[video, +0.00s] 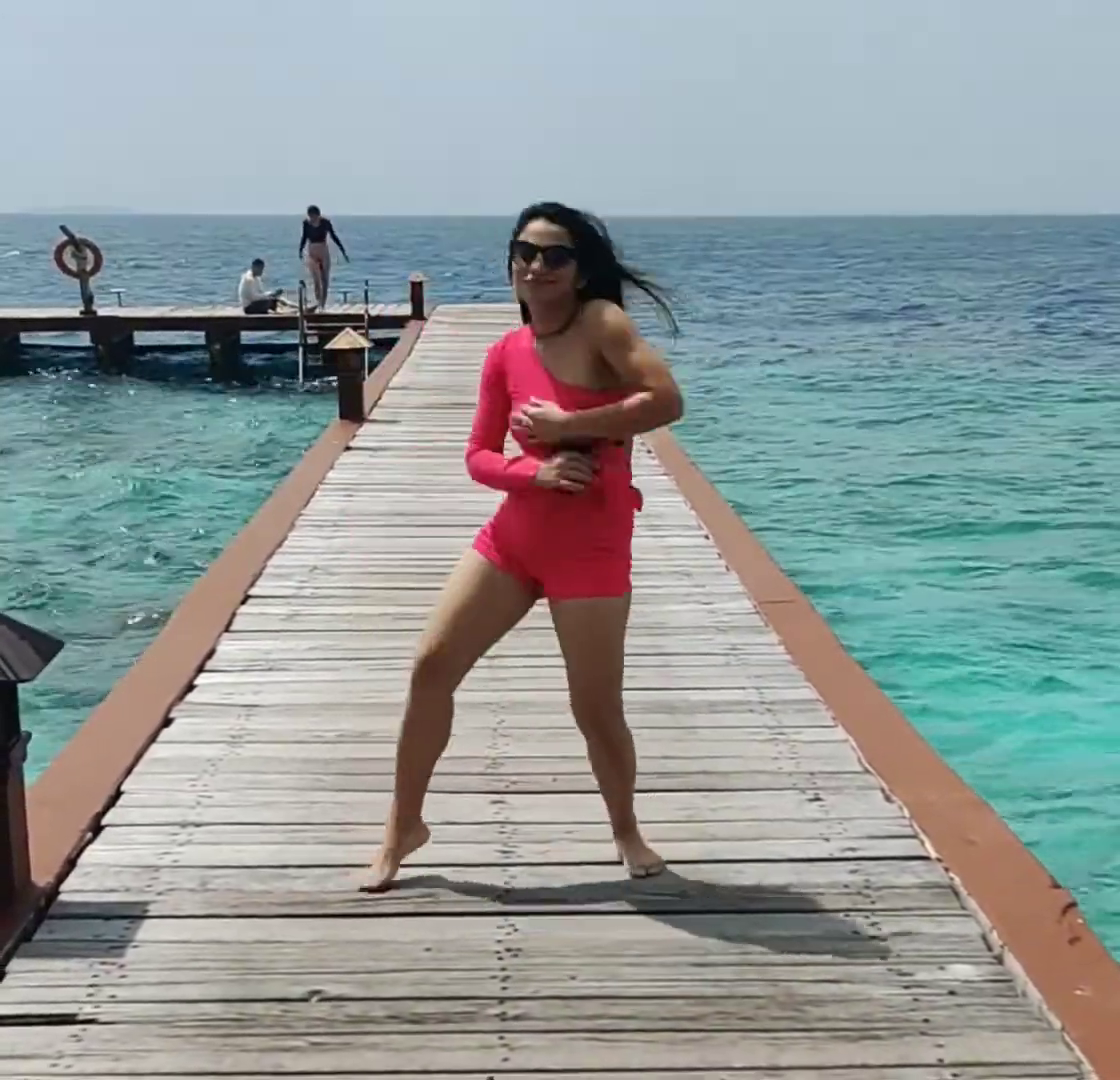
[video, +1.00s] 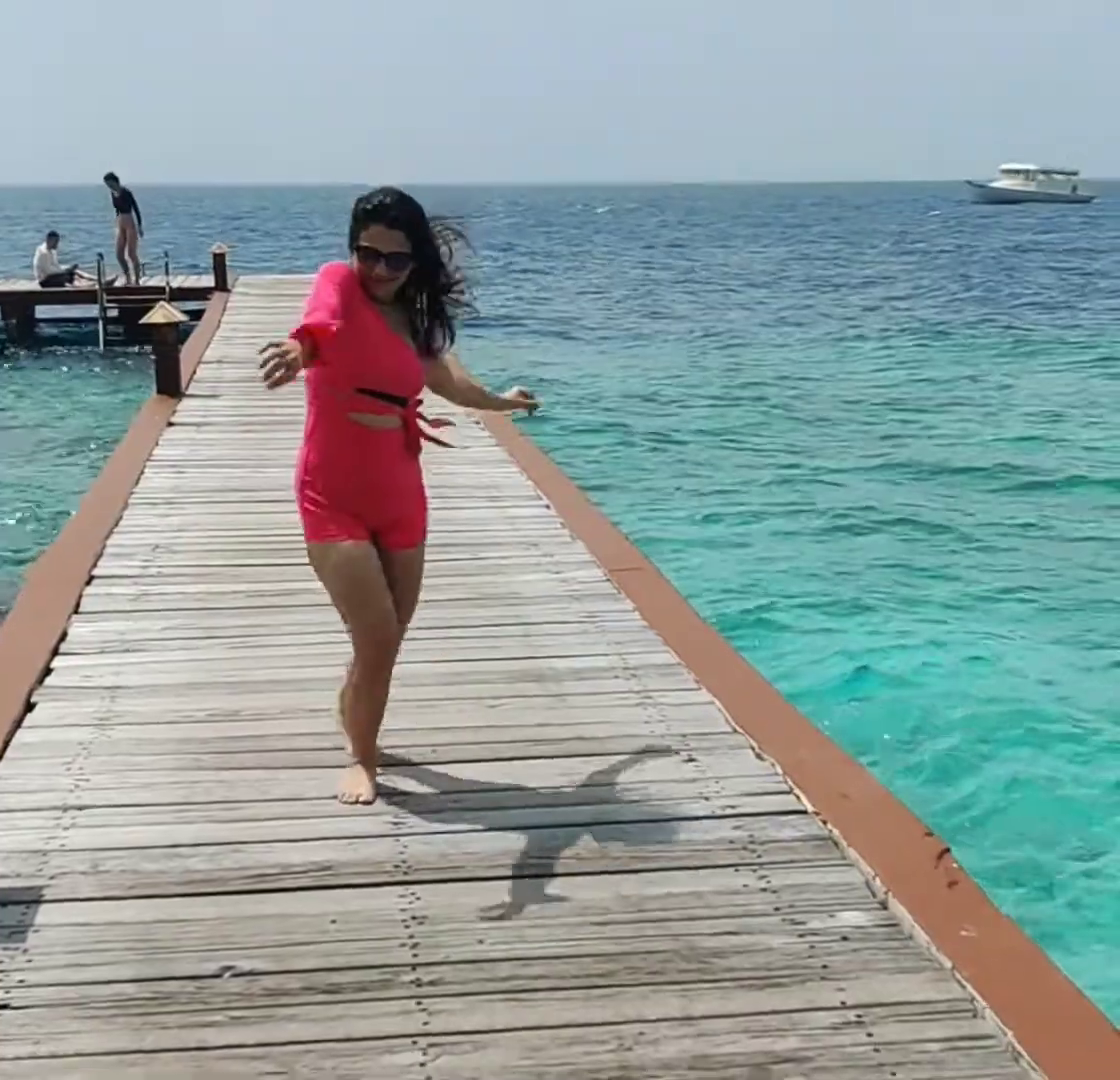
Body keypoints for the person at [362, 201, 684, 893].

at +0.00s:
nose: (538, 264)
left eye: (555, 254)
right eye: (525, 253)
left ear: (583, 265)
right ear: (511, 265)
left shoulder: (603, 324)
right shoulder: (507, 352)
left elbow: (667, 401)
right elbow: (480, 458)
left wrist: (571, 425)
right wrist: (535, 471)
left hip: (590, 545)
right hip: (515, 535)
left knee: (597, 710)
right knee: (431, 671)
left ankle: (626, 831)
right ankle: (405, 823)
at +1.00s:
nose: (381, 269)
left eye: (397, 258)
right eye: (369, 253)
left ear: (419, 258)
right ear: (353, 247)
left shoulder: (415, 317)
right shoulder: (339, 281)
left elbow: (450, 382)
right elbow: (321, 319)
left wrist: (497, 400)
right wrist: (302, 346)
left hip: (401, 495)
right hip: (332, 496)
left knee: (389, 631)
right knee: (378, 636)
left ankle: (361, 729)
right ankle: (361, 764)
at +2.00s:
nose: (525, 206)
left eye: (541, 197)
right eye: (513, 195)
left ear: (565, 211)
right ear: (497, 207)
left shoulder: (589, 281)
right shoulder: (487, 297)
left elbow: (616, 283)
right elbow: (395, 356)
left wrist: (604, 210)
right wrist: (295, 353)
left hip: (577, 467)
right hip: (500, 470)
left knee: (569, 587)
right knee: (540, 637)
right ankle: (575, 766)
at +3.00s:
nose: (461, 240)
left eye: (477, 227)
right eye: (447, 228)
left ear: (503, 242)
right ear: (429, 242)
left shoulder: (530, 334)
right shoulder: (398, 315)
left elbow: (625, 391)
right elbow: (311, 366)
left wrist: (728, 423)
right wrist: (220, 403)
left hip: (476, 535)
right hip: (387, 526)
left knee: (505, 708)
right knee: (364, 702)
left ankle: (549, 824)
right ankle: (344, 843)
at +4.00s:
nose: (590, 212)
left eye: (606, 197)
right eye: (573, 199)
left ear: (632, 210)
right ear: (554, 213)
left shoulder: (663, 293)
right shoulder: (523, 284)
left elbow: (786, 308)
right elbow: (416, 291)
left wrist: (874, 348)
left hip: (626, 509)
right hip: (534, 505)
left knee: (658, 686)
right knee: (458, 674)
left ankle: (677, 837)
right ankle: (394, 825)